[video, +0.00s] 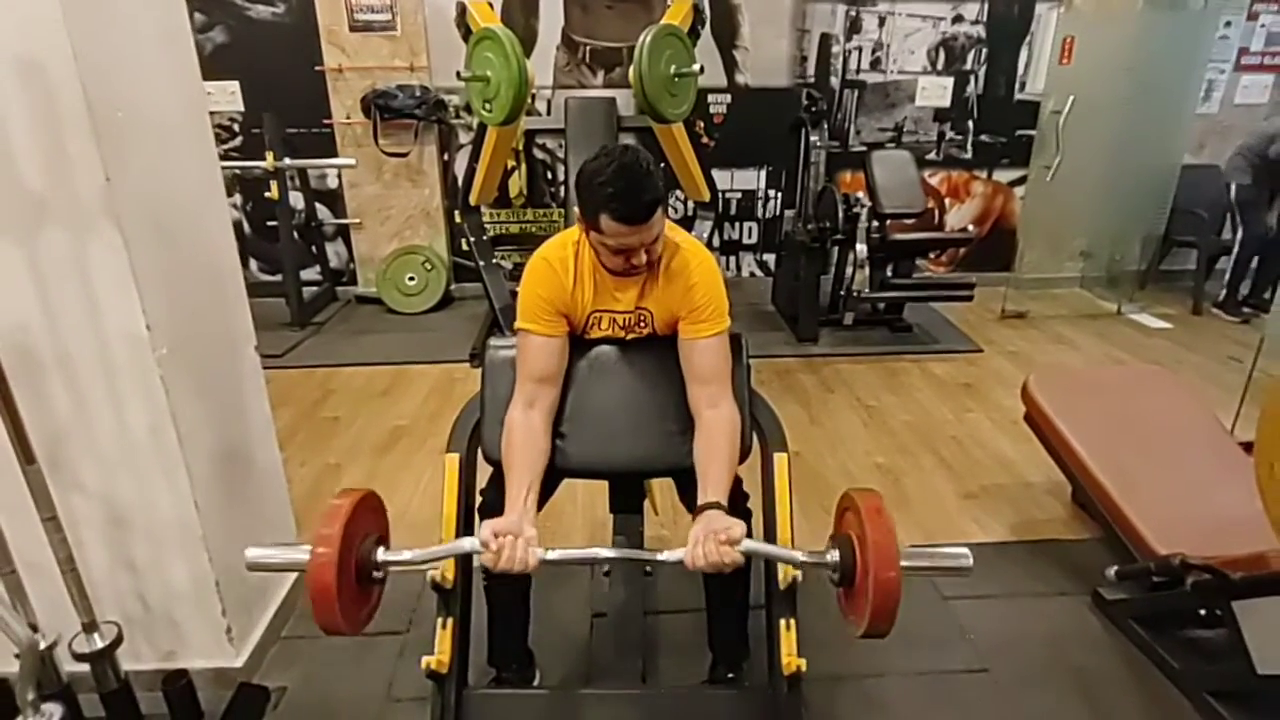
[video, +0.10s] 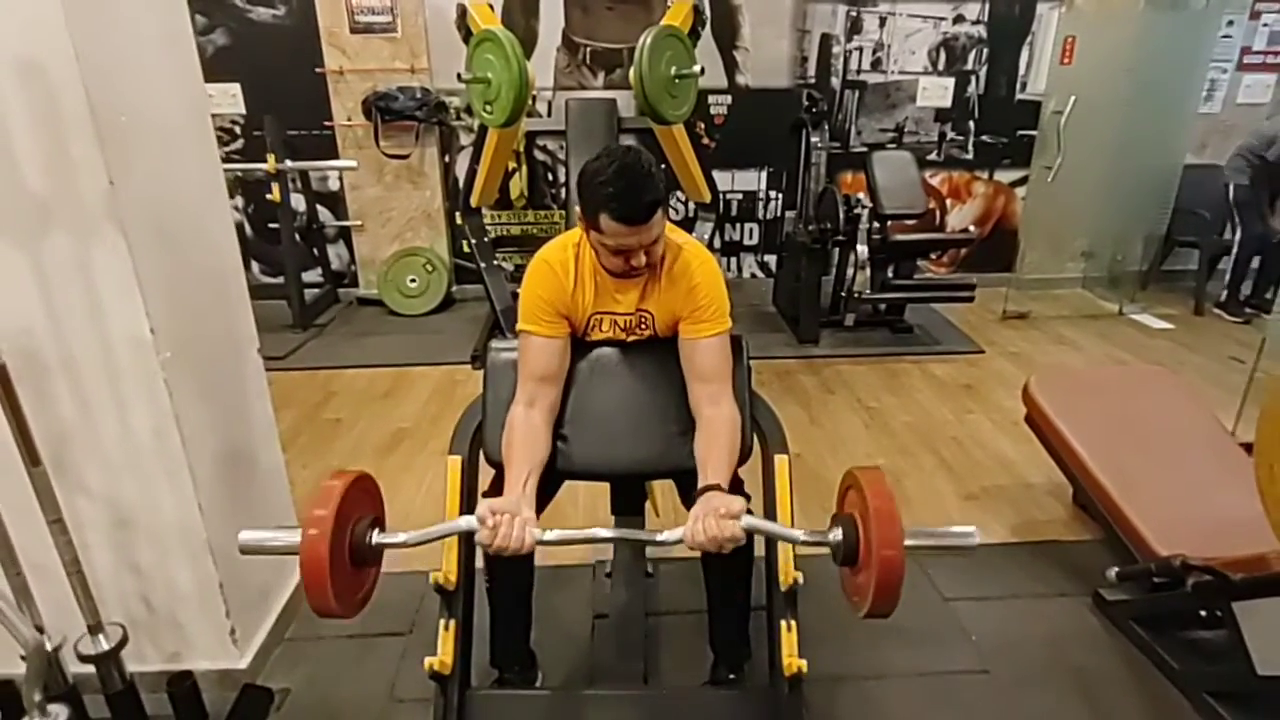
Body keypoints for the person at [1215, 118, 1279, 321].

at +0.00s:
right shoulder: (1276, 125)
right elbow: (1273, 152)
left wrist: (1273, 210)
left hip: (1262, 178)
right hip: (1243, 172)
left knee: (1271, 240)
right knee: (1250, 234)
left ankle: (1255, 297)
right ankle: (1228, 298)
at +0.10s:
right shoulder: (1276, 131)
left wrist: (1273, 213)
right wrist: (1269, 214)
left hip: (1260, 177)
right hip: (1241, 173)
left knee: (1271, 239)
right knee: (1249, 234)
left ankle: (1257, 296)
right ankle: (1229, 297)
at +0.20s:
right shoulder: (1277, 133)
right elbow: (1265, 169)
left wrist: (1273, 217)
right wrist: (1267, 216)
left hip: (1259, 180)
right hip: (1239, 174)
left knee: (1271, 241)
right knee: (1247, 235)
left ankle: (1255, 298)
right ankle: (1228, 299)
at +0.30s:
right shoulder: (1277, 141)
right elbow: (1254, 184)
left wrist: (1273, 225)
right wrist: (1264, 226)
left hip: (1266, 183)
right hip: (1239, 176)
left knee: (1273, 243)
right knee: (1244, 236)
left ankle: (1256, 300)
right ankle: (1228, 302)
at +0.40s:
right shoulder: (1277, 147)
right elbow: (1254, 188)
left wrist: (1273, 226)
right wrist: (1267, 228)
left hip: (1264, 185)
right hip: (1238, 178)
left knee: (1276, 244)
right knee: (1246, 237)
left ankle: (1259, 299)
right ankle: (1230, 301)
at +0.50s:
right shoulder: (1273, 165)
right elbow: (1246, 204)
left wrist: (1274, 239)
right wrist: (1268, 239)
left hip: (1264, 191)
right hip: (1233, 184)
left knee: (1277, 248)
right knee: (1243, 244)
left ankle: (1257, 304)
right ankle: (1227, 306)